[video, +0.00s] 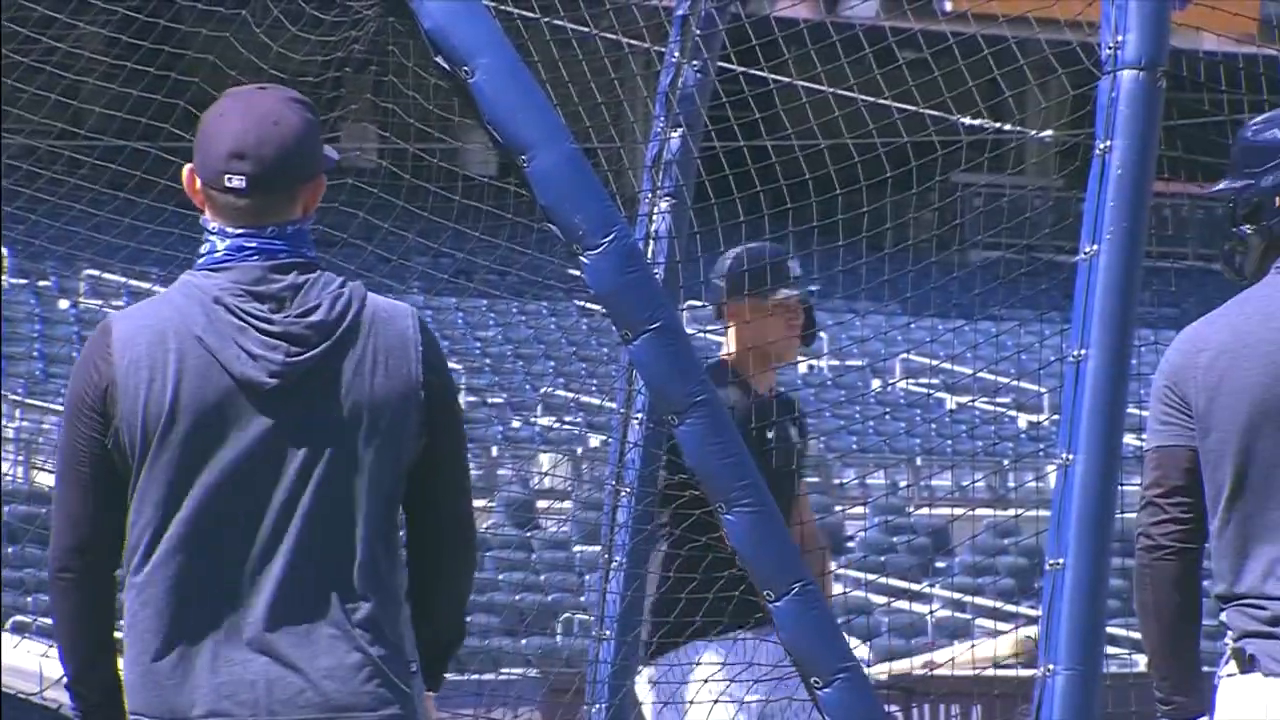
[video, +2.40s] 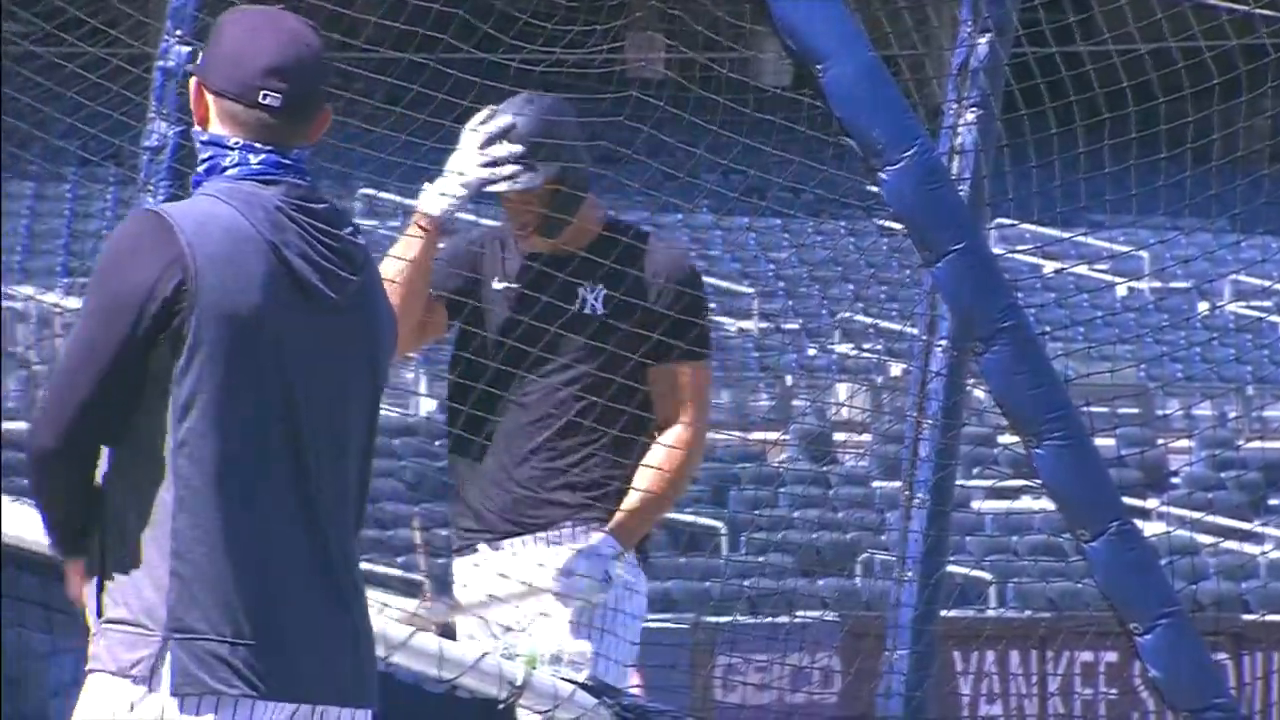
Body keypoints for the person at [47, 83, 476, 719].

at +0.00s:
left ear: (192, 188)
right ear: (315, 194)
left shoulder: (123, 346)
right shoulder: (401, 339)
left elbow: (77, 564)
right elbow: (448, 543)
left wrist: (101, 705)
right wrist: (417, 680)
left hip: (183, 698)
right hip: (362, 696)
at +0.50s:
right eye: (381, 138)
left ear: (253, 158)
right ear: (375, 156)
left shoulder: (183, 310)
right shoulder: (462, 303)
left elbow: (148, 513)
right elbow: (517, 505)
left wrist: (177, 670)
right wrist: (518, 665)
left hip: (236, 694)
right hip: (416, 693)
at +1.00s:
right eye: (286, 115)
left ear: (158, 145)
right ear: (280, 135)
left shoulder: (100, 295)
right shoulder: (371, 283)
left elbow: (69, 503)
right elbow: (430, 479)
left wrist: (99, 650)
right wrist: (428, 629)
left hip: (159, 683)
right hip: (339, 680)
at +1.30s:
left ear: (235, 135)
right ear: (358, 126)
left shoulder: (177, 286)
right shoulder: (450, 276)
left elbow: (123, 489)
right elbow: (492, 467)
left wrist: (129, 646)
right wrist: (459, 595)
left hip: (243, 673)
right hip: (419, 674)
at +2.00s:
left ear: (216, 116)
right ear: (341, 132)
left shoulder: (192, 268)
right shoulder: (408, 282)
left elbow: (139, 485)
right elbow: (420, 484)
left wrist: (114, 663)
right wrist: (378, 619)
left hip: (243, 670)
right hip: (384, 669)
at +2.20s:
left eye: (172, 92)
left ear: (178, 106)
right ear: (304, 128)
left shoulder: (150, 250)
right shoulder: (354, 280)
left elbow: (75, 459)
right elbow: (338, 477)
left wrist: (56, 631)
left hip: (177, 675)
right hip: (327, 677)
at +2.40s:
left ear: (199, 100)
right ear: (322, 126)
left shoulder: (169, 238)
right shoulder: (364, 273)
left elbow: (56, 438)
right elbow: (334, 465)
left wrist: (80, 548)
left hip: (170, 667)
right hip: (327, 671)